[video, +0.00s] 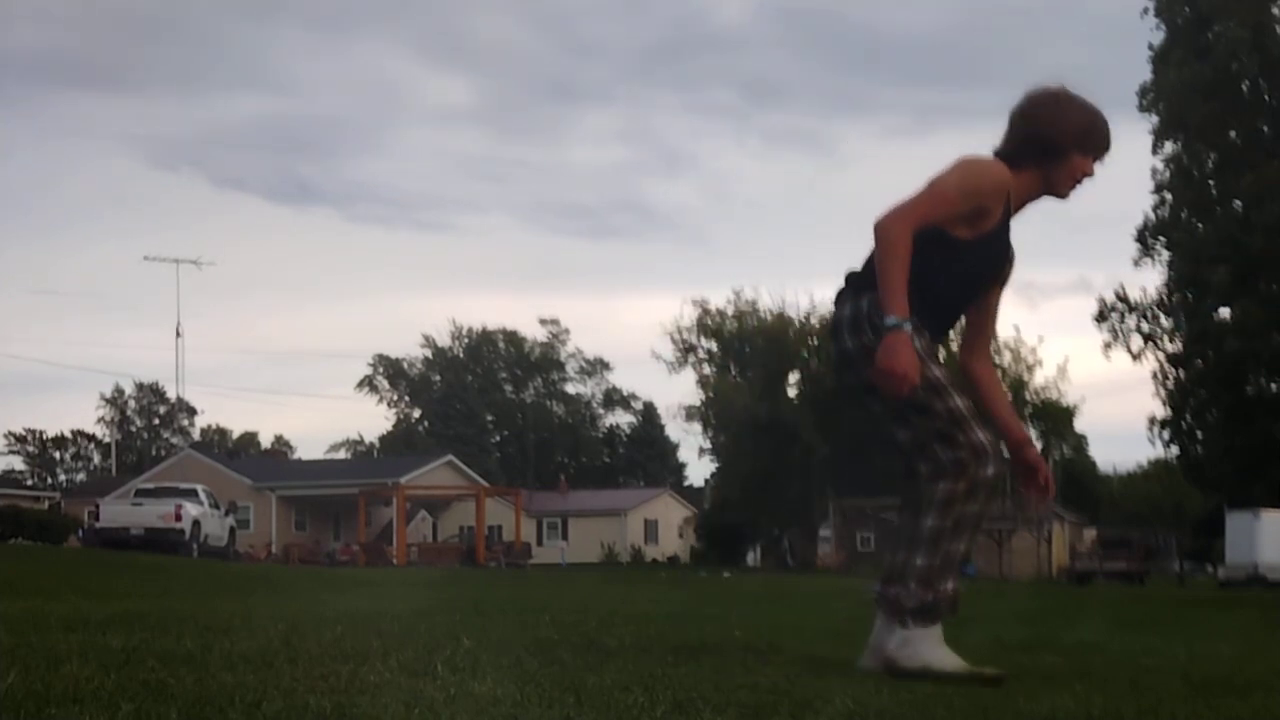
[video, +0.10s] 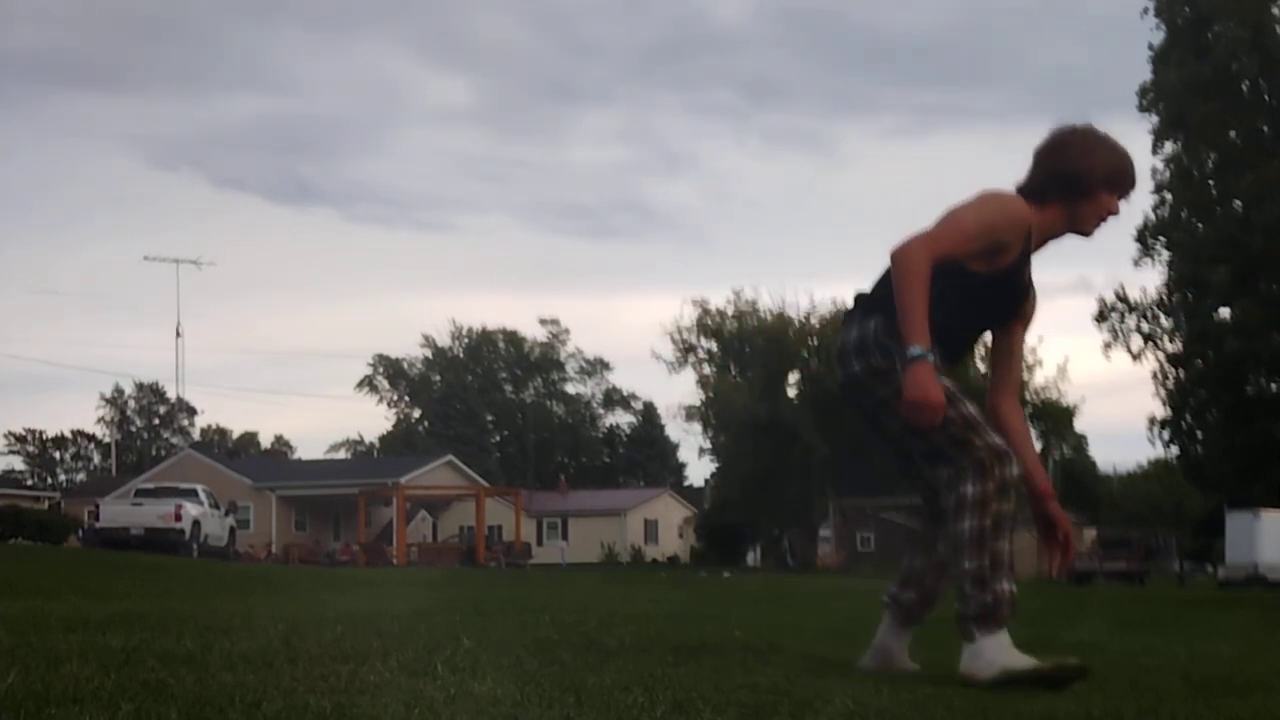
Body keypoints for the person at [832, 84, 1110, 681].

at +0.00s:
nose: (1092, 170)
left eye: (1096, 159)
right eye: (1088, 155)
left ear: (1059, 155)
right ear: (1053, 145)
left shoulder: (999, 252)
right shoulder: (986, 177)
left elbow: (976, 354)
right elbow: (893, 225)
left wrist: (1020, 441)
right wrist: (896, 328)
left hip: (902, 336)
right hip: (876, 322)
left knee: (963, 461)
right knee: (968, 455)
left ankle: (897, 627)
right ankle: (912, 629)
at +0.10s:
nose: (1117, 208)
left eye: (1121, 197)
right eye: (1113, 193)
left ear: (1074, 189)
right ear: (1078, 184)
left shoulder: (1018, 294)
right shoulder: (1006, 213)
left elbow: (1005, 400)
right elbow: (911, 254)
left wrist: (1043, 496)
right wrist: (918, 360)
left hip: (903, 362)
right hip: (880, 344)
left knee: (963, 493)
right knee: (987, 460)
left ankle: (890, 641)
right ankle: (986, 644)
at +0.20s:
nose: (1142, 228)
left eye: (1144, 217)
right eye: (1137, 213)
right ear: (1101, 208)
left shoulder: (1050, 320)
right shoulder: (1028, 244)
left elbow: (1025, 427)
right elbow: (940, 297)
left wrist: (1054, 527)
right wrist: (973, 405)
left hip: (929, 401)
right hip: (894, 385)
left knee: (988, 530)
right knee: (1014, 488)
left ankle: (890, 651)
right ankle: (1045, 667)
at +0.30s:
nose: (1166, 254)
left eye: (1166, 240)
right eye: (1158, 238)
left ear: (1131, 245)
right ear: (1120, 237)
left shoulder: (1088, 356)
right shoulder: (1042, 285)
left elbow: (1050, 458)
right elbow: (990, 362)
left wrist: (1071, 581)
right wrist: (1057, 462)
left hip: (969, 458)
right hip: (915, 433)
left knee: (1012, 616)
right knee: (1053, 477)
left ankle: (904, 653)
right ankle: (1051, 667)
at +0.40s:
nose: (1186, 282)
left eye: (1186, 267)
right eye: (1176, 265)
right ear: (1136, 263)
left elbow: (1092, 506)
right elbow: (1042, 410)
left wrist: (1098, 618)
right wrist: (1144, 495)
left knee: (1005, 665)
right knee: (1053, 462)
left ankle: (914, 649)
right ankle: (1050, 667)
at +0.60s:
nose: (1233, 277)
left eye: (1233, 264)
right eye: (1225, 262)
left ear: (1188, 261)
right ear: (1185, 259)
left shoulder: (1151, 362)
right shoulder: (1089, 303)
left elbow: (1088, 459)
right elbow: (1120, 423)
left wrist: (1107, 567)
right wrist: (1217, 520)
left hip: (1024, 480)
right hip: (959, 452)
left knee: (1020, 656)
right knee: (1074, 459)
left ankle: (926, 648)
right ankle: (1054, 670)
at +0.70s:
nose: (1246, 276)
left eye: (1248, 264)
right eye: (1242, 262)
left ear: (1178, 247)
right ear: (1210, 259)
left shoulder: (1130, 307)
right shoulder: (1127, 301)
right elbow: (1144, 429)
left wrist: (1125, 497)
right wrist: (1208, 541)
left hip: (995, 435)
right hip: (968, 423)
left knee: (1064, 610)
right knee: (1107, 474)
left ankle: (951, 640)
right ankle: (1060, 672)